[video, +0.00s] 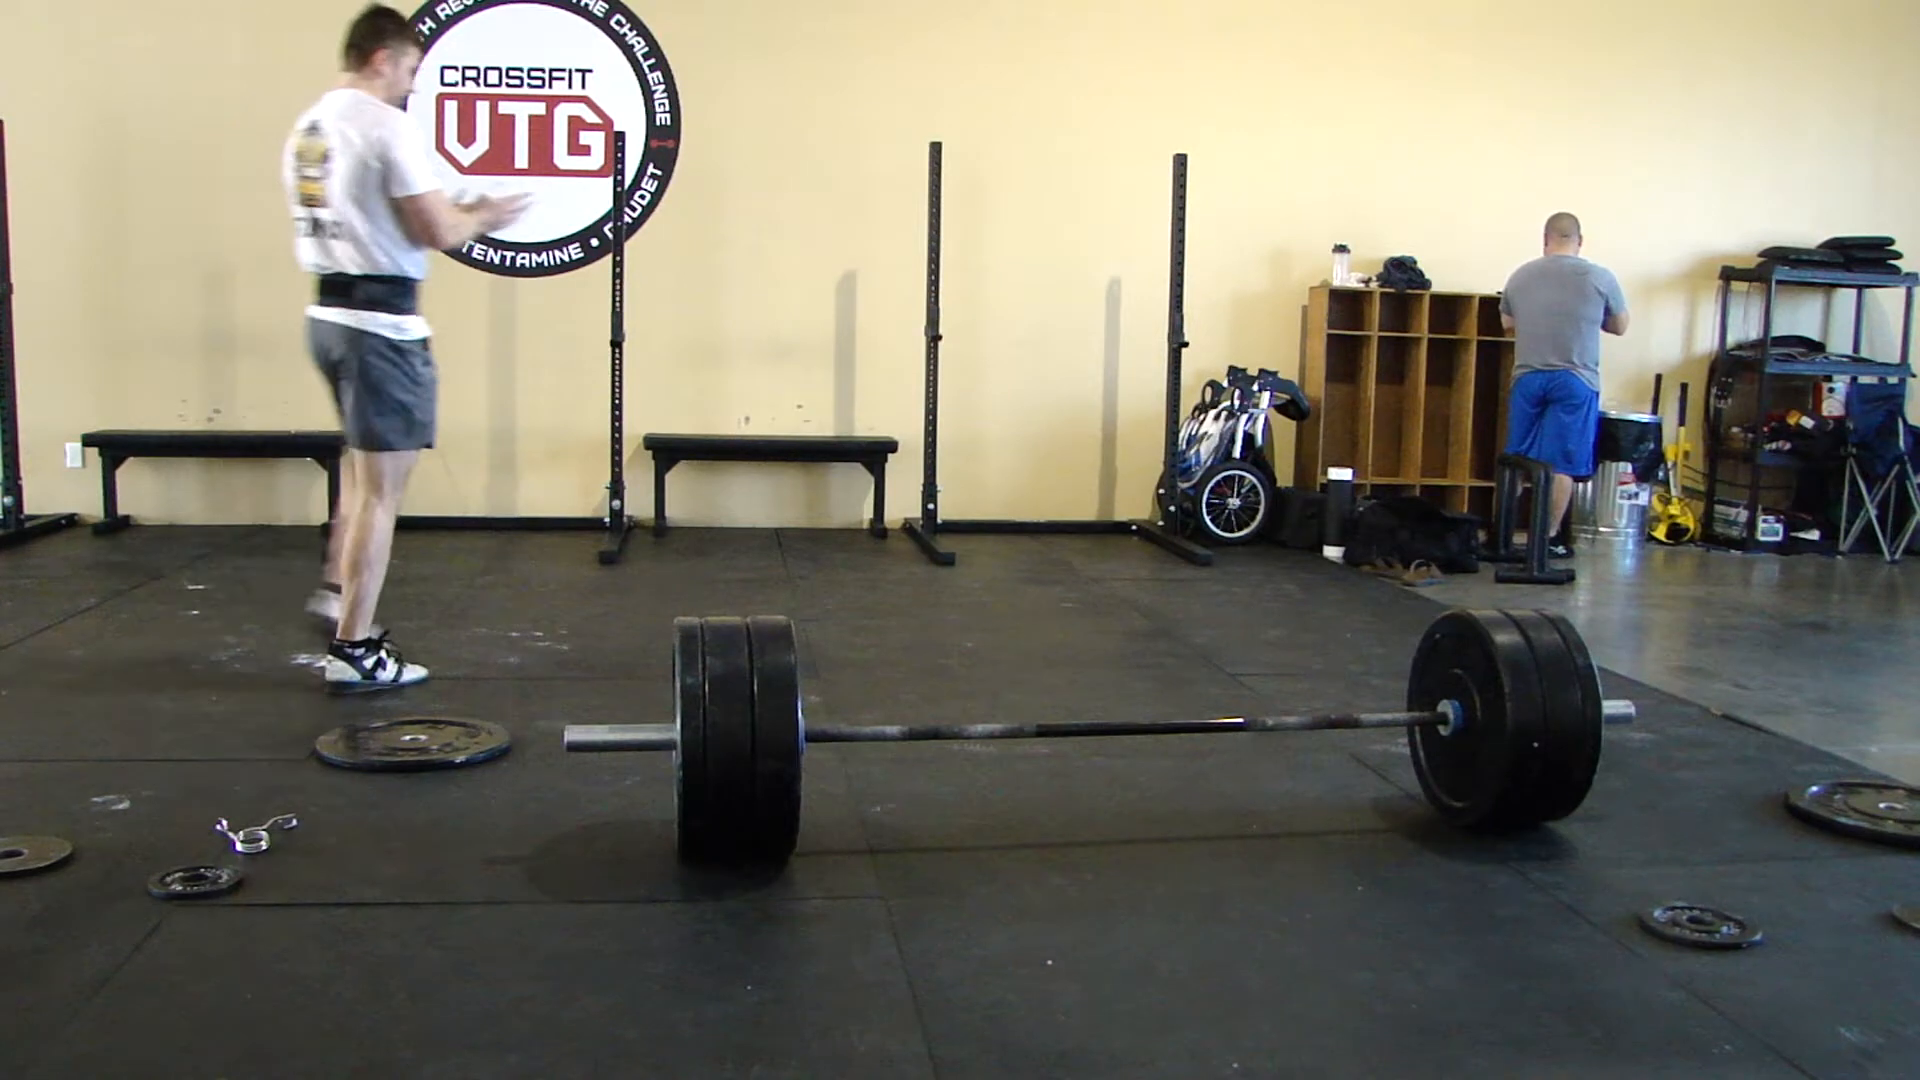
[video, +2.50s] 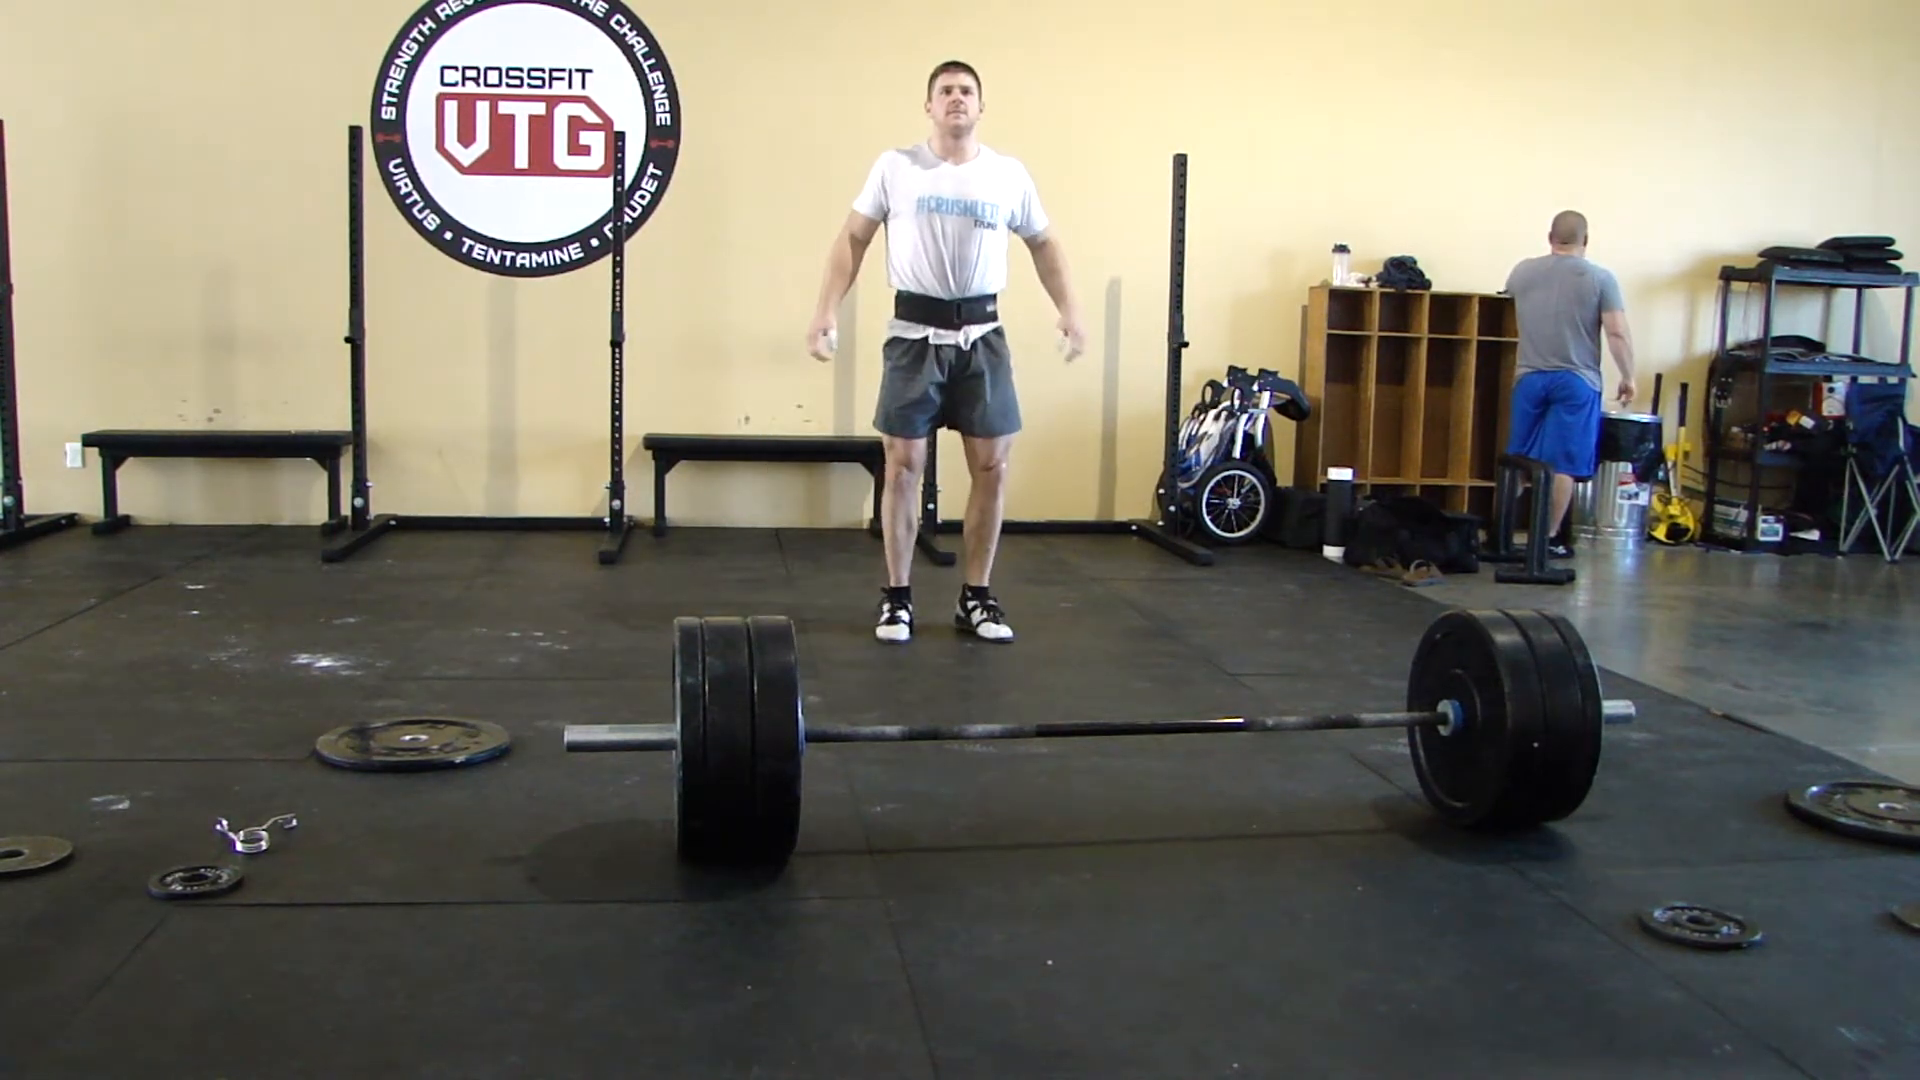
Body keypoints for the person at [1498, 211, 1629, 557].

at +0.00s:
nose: (1564, 245)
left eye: (1549, 238)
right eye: (1577, 240)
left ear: (1545, 239)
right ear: (1580, 241)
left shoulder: (1520, 275)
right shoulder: (1598, 276)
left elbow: (1509, 324)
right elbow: (1619, 326)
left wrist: (1543, 315)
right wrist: (1582, 313)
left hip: (1527, 378)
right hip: (1575, 379)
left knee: (1516, 460)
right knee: (1562, 466)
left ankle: (1502, 536)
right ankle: (1546, 540)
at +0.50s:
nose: (1553, 245)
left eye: (1548, 240)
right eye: (1576, 240)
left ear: (1545, 240)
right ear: (1580, 241)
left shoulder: (1521, 275)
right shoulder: (1599, 276)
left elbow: (1509, 323)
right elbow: (1617, 326)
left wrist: (1543, 314)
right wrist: (1581, 312)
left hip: (1527, 377)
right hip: (1575, 379)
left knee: (1516, 459)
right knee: (1561, 466)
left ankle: (1502, 535)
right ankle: (1547, 540)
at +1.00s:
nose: (1571, 245)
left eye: (1550, 240)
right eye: (1577, 240)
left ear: (1544, 240)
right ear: (1580, 241)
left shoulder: (1520, 275)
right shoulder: (1597, 276)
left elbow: (1509, 324)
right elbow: (1618, 326)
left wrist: (1542, 314)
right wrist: (1582, 311)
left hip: (1527, 377)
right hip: (1575, 379)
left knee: (1516, 459)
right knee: (1562, 465)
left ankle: (1501, 534)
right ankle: (1547, 540)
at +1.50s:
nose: (1578, 245)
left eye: (1555, 238)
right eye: (1581, 240)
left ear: (1548, 239)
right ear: (1583, 241)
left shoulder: (1521, 274)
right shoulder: (1597, 276)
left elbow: (1506, 320)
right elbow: (1623, 317)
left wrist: (1540, 313)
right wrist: (1592, 299)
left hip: (1527, 377)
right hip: (1575, 379)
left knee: (1516, 459)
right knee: (1562, 466)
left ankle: (1501, 536)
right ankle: (1547, 540)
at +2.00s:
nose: (1582, 246)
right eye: (1584, 241)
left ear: (1550, 239)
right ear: (1584, 241)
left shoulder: (1521, 273)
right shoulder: (1597, 277)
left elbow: (1507, 311)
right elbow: (1615, 330)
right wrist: (1623, 370)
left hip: (1528, 378)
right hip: (1576, 380)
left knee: (1518, 460)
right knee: (1563, 466)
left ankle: (1501, 534)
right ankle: (1547, 540)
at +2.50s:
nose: (1585, 244)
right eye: (1585, 240)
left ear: (1550, 239)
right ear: (1586, 241)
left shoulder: (1523, 272)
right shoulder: (1599, 277)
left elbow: (1511, 299)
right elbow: (1616, 331)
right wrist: (1628, 377)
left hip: (1529, 379)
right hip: (1577, 382)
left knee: (1520, 461)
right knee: (1564, 466)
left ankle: (1501, 533)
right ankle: (1548, 539)